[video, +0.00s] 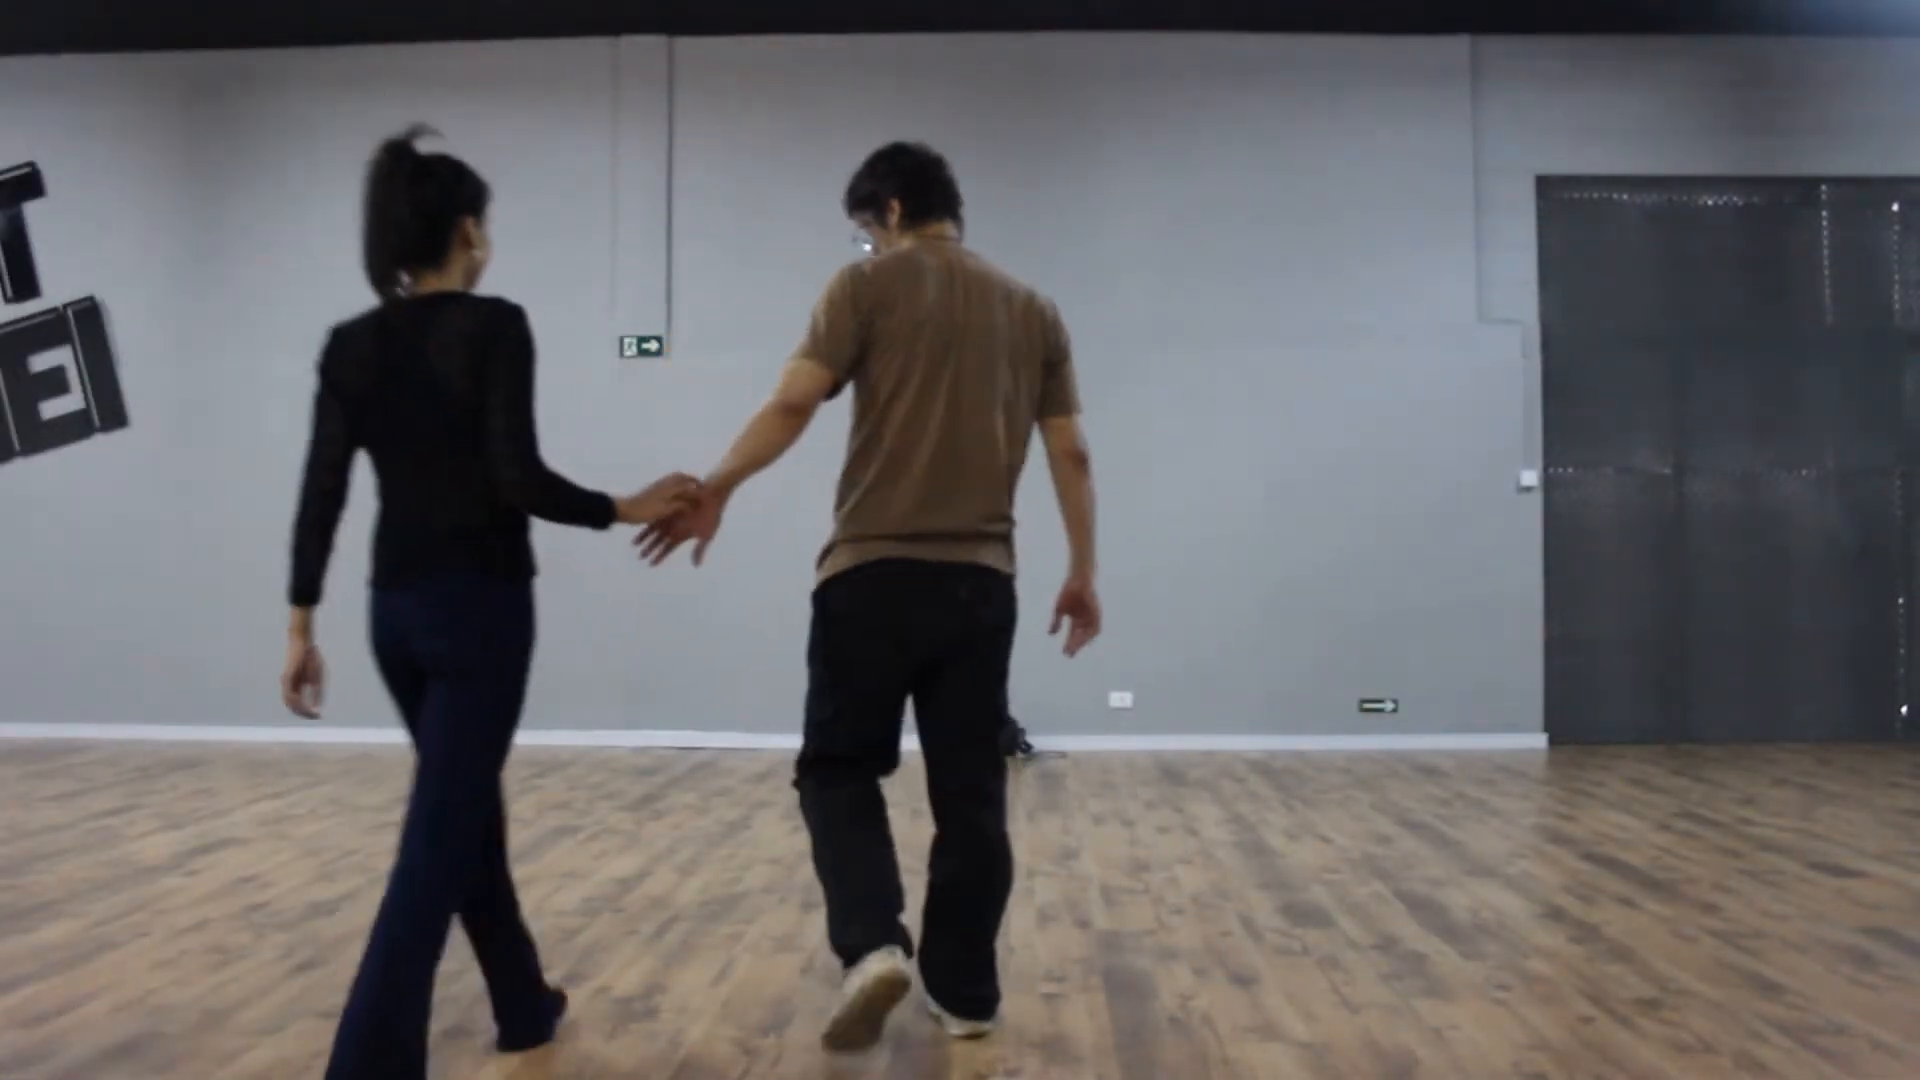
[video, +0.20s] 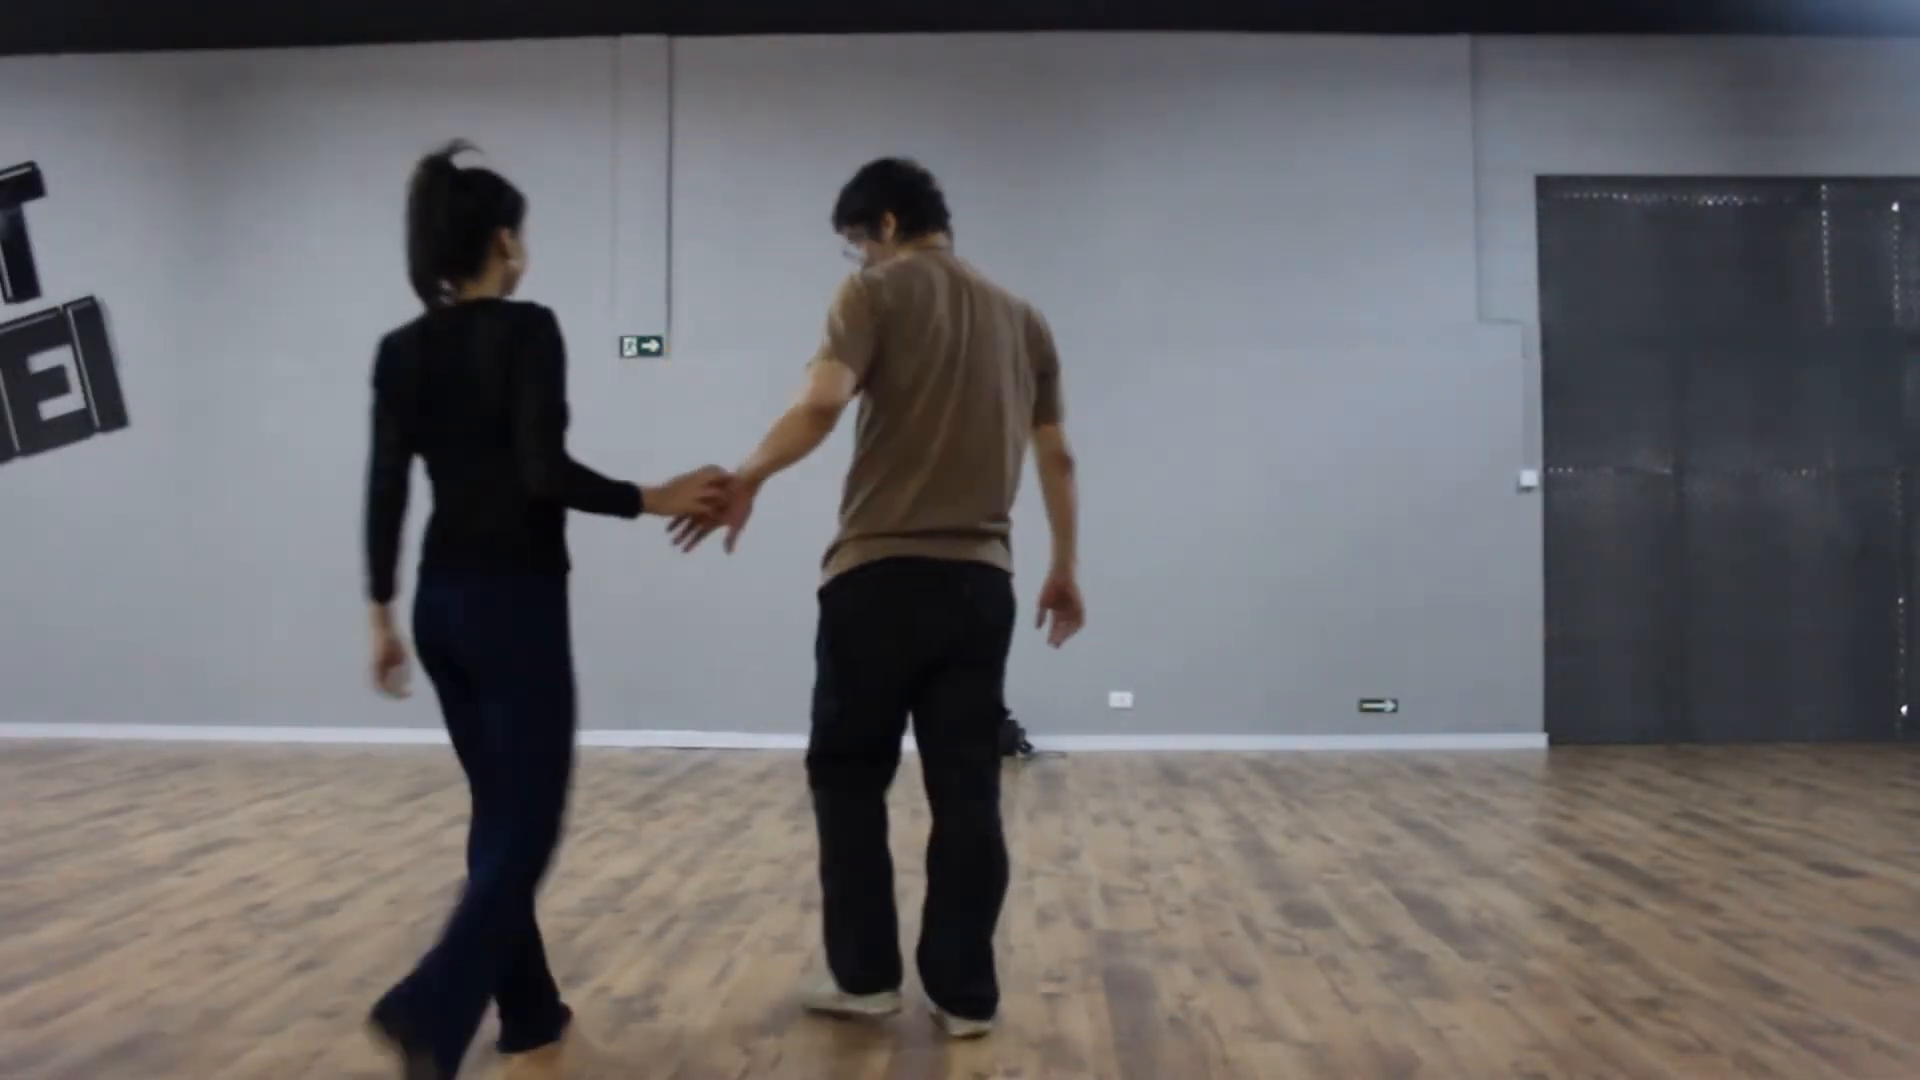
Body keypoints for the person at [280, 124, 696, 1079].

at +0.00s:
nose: (488, 241)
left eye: (485, 225)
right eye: (483, 226)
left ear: (391, 240)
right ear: (465, 233)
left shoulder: (352, 345)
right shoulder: (495, 325)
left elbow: (323, 488)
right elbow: (516, 477)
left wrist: (300, 621)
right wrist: (621, 511)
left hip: (396, 612)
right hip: (485, 609)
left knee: (472, 813)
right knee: (433, 841)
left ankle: (522, 1009)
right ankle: (369, 1062)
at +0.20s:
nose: (525, 249)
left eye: (519, 234)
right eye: (519, 235)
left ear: (438, 250)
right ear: (501, 245)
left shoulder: (403, 349)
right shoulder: (529, 330)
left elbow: (387, 490)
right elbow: (545, 472)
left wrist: (383, 616)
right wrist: (651, 498)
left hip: (441, 606)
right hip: (521, 606)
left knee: (497, 807)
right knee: (530, 814)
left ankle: (529, 1013)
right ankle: (426, 1013)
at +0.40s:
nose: (564, 259)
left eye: (561, 244)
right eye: (558, 244)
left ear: (482, 257)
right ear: (534, 251)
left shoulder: (448, 351)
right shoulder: (554, 333)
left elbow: (487, 478)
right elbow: (564, 471)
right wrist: (680, 502)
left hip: (480, 602)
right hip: (559, 601)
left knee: (506, 794)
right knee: (603, 787)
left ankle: (523, 1009)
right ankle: (575, 989)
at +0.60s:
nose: (598, 274)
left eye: (595, 260)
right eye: (593, 260)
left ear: (523, 273)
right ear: (567, 268)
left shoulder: (489, 363)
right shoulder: (584, 346)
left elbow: (526, 479)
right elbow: (594, 481)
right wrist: (704, 525)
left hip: (513, 600)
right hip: (588, 600)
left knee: (528, 796)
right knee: (614, 788)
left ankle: (526, 1006)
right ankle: (638, 954)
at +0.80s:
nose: (633, 281)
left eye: (627, 267)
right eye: (625, 268)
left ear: (561, 283)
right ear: (599, 277)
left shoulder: (533, 369)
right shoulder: (613, 357)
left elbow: (575, 490)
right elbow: (629, 492)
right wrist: (724, 556)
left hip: (561, 597)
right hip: (627, 599)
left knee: (575, 781)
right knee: (639, 786)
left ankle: (525, 969)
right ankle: (639, 957)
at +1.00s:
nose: (656, 283)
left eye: (651, 270)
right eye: (648, 270)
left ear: (591, 285)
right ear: (624, 279)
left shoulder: (570, 364)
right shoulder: (629, 359)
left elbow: (613, 450)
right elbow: (656, 492)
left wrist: (691, 443)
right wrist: (743, 574)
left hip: (596, 585)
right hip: (643, 589)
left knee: (639, 760)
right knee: (650, 766)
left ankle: (556, 931)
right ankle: (637, 954)